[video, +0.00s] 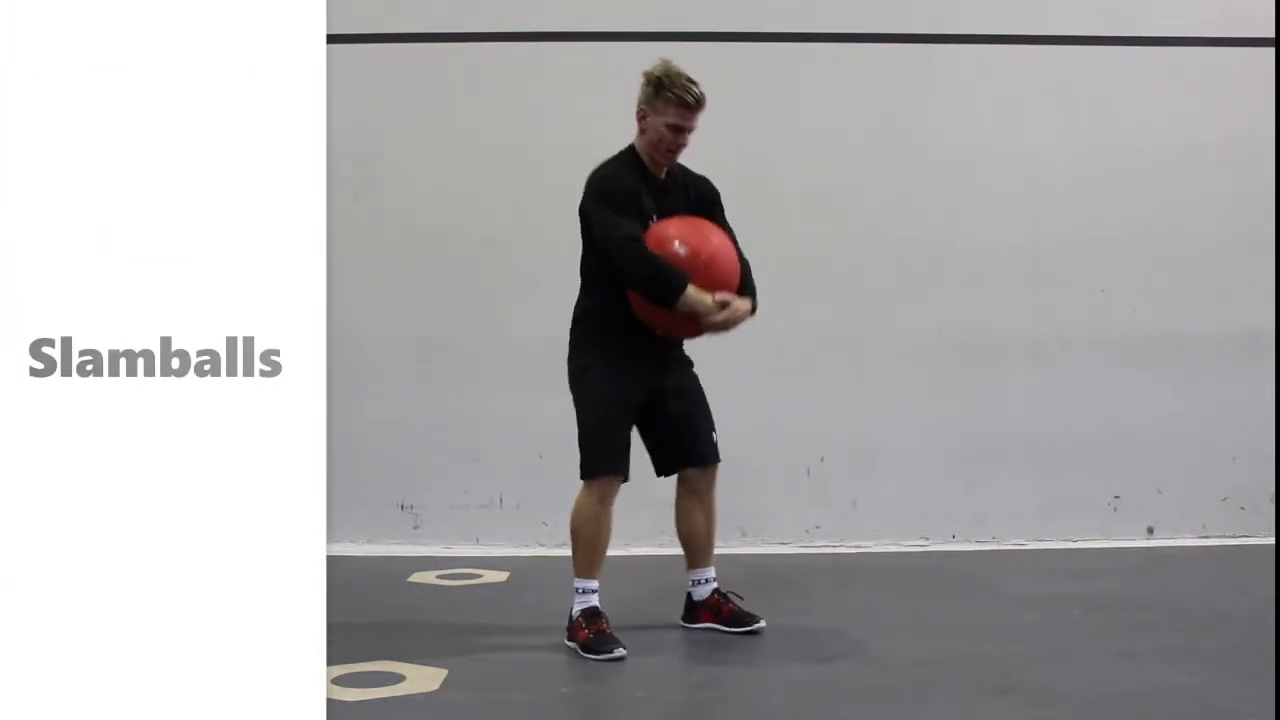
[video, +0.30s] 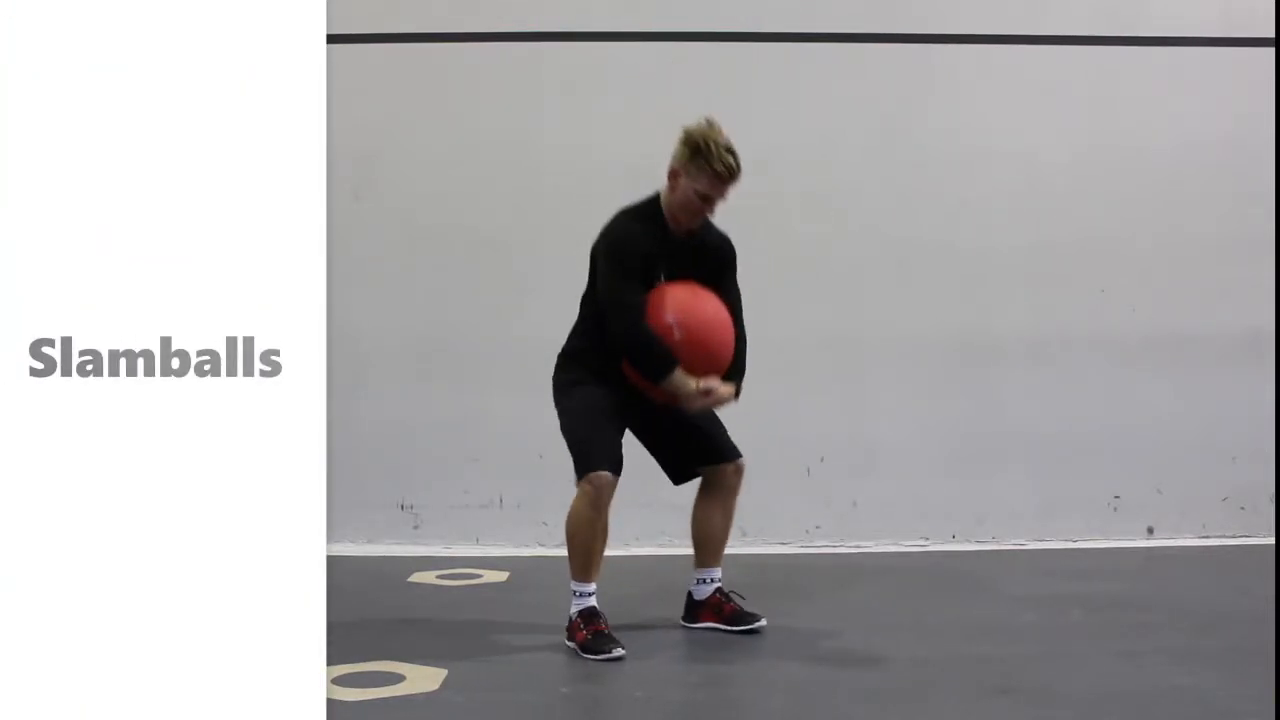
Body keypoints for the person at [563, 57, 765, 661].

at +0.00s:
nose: (681, 142)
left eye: (689, 131)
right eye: (672, 129)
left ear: (696, 127)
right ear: (641, 118)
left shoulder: (699, 191)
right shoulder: (607, 184)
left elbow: (735, 263)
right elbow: (629, 259)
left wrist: (743, 303)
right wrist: (703, 302)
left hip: (664, 347)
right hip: (603, 348)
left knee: (700, 462)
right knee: (604, 474)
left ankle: (703, 597)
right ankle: (585, 611)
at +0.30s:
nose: (707, 210)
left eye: (716, 201)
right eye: (701, 196)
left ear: (726, 193)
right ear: (673, 175)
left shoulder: (716, 249)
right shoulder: (624, 234)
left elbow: (731, 327)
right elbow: (621, 326)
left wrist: (730, 382)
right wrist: (677, 378)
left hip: (655, 379)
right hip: (591, 372)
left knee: (725, 469)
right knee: (600, 477)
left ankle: (705, 596)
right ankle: (583, 612)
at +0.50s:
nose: (719, 277)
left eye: (729, 268)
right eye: (713, 264)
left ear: (738, 259)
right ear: (686, 240)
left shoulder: (723, 307)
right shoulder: (633, 292)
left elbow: (731, 388)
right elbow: (621, 385)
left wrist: (724, 446)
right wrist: (675, 448)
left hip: (649, 418)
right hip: (586, 407)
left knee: (747, 472)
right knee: (597, 483)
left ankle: (706, 597)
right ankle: (583, 614)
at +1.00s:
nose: (728, 363)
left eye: (735, 355)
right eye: (721, 351)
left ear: (744, 345)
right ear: (691, 327)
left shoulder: (732, 387)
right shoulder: (639, 373)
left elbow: (744, 468)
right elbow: (630, 472)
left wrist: (737, 533)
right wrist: (685, 535)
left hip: (674, 485)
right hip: (604, 475)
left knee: (759, 480)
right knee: (596, 490)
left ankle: (706, 599)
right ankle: (587, 614)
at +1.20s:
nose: (725, 307)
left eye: (735, 297)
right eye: (718, 293)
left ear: (743, 290)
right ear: (691, 271)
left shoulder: (731, 337)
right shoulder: (640, 322)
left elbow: (741, 415)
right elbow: (627, 416)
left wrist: (731, 473)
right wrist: (682, 477)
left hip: (658, 438)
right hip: (593, 427)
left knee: (755, 477)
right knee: (605, 488)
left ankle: (707, 597)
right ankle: (585, 614)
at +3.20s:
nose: (736, 285)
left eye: (744, 275)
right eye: (729, 272)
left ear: (750, 271)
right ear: (698, 254)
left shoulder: (741, 325)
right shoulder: (647, 309)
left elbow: (749, 403)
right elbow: (634, 406)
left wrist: (738, 465)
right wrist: (688, 470)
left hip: (669, 421)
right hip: (602, 412)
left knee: (760, 477)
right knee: (606, 488)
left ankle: (711, 597)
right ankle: (586, 614)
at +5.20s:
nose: (735, 254)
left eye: (741, 243)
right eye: (727, 241)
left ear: (745, 239)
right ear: (695, 230)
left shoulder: (739, 302)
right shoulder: (648, 289)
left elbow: (750, 382)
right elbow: (634, 382)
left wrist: (742, 444)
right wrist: (685, 444)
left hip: (666, 409)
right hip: (602, 399)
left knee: (755, 473)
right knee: (610, 483)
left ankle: (711, 597)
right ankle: (588, 613)